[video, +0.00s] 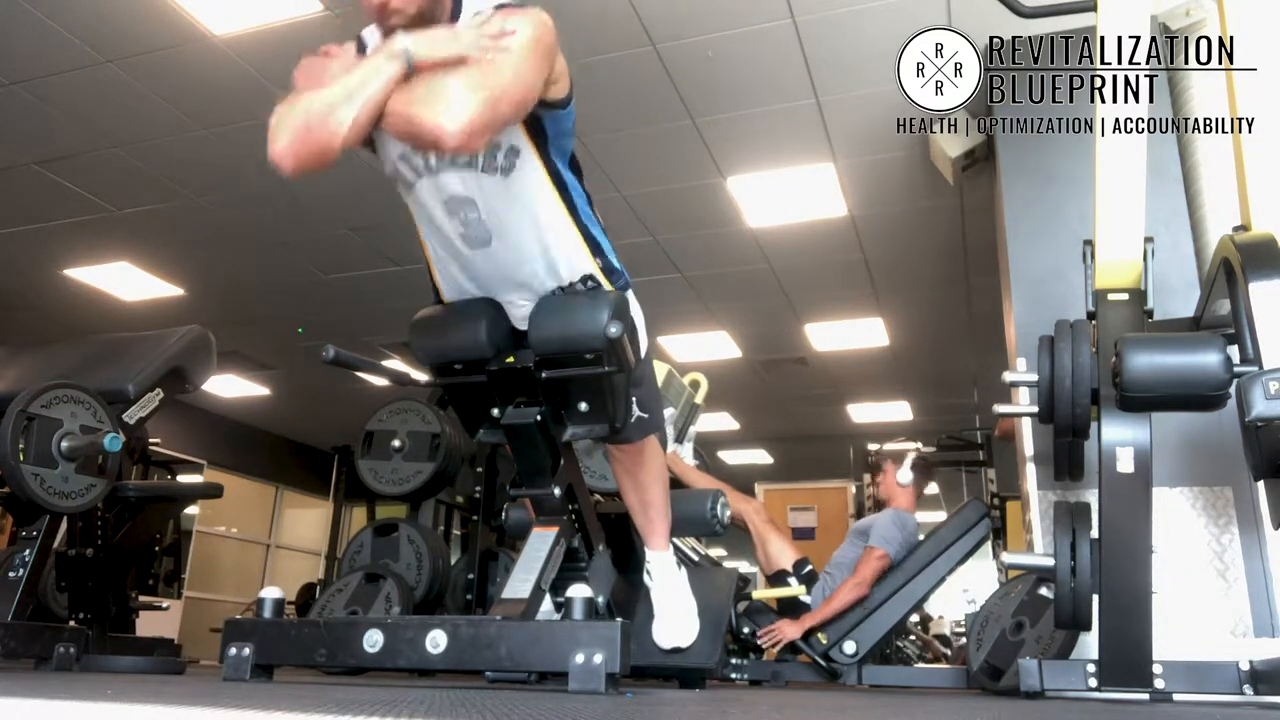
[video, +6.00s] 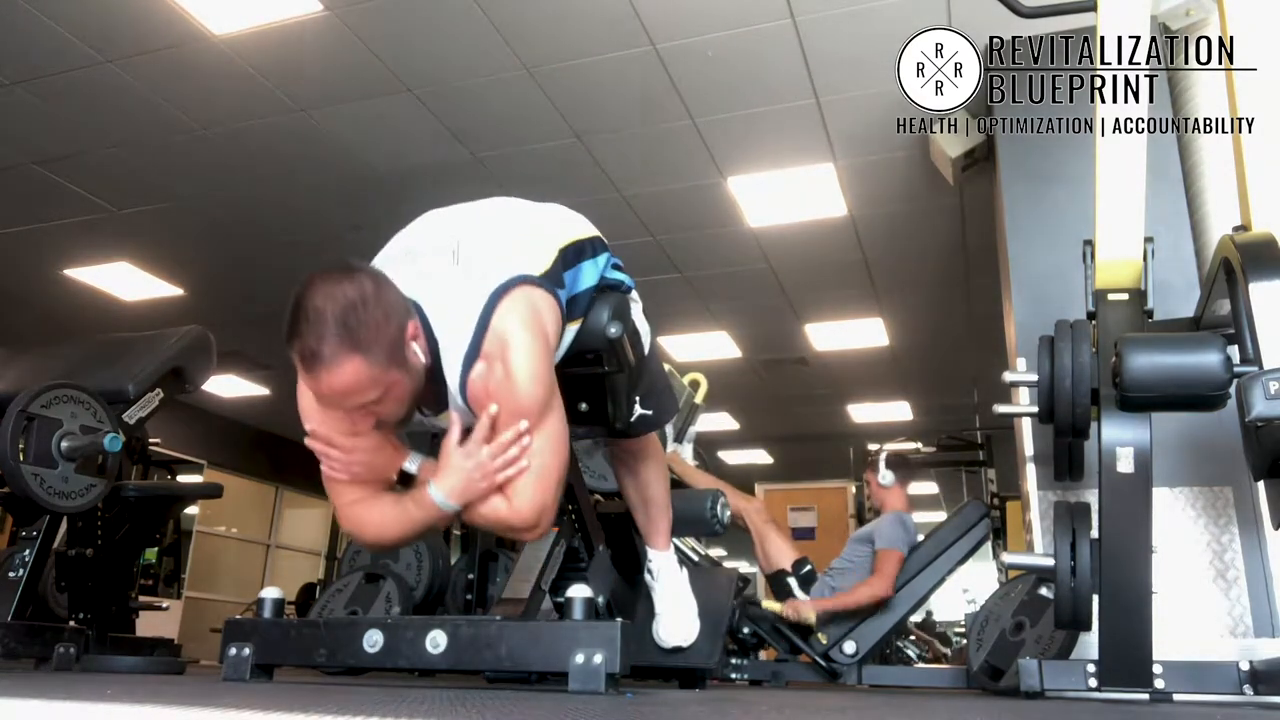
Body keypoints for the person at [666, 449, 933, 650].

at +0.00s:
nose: (880, 478)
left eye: (885, 472)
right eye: (883, 472)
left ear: (902, 478)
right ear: (909, 481)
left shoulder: (893, 522)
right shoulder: (900, 522)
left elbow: (861, 585)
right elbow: (862, 584)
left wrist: (801, 624)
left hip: (810, 604)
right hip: (815, 599)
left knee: (752, 508)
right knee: (754, 512)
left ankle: (670, 460)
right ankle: (680, 467)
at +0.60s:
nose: (918, 479)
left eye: (926, 479)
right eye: (925, 476)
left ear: (930, 496)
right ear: (931, 503)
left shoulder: (898, 526)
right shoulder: (903, 526)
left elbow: (864, 593)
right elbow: (864, 591)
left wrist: (801, 624)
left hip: (812, 604)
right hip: (817, 600)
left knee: (794, 499)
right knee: (793, 500)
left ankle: (699, 474)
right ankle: (711, 476)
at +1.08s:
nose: (919, 479)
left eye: (928, 479)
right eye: (927, 477)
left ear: (932, 498)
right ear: (935, 504)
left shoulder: (896, 528)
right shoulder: (905, 527)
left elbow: (865, 593)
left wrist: (801, 624)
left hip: (816, 606)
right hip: (822, 601)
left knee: (828, 499)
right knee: (828, 504)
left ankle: (725, 498)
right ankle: (735, 509)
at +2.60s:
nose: (917, 480)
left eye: (926, 480)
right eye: (925, 478)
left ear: (931, 500)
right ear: (931, 504)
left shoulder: (897, 529)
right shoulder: (903, 529)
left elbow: (864, 595)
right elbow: (866, 593)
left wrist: (804, 623)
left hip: (811, 601)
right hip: (814, 597)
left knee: (783, 497)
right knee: (785, 505)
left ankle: (691, 469)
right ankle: (705, 481)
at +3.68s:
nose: (916, 481)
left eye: (926, 480)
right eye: (924, 478)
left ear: (931, 497)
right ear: (934, 503)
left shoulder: (896, 528)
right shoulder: (905, 528)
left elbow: (865, 595)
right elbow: (865, 594)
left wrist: (802, 624)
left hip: (818, 606)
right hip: (823, 602)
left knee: (826, 498)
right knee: (825, 504)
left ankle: (725, 497)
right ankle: (733, 510)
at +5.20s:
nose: (889, 479)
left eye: (898, 474)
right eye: (893, 472)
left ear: (917, 488)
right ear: (914, 489)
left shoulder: (895, 528)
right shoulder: (901, 526)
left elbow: (865, 595)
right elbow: (866, 592)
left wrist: (802, 625)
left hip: (812, 602)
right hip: (817, 594)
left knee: (790, 498)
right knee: (787, 501)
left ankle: (698, 471)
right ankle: (712, 481)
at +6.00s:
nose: (868, 492)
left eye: (869, 484)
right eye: (867, 485)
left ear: (882, 480)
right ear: (897, 481)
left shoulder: (893, 523)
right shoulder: (895, 522)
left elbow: (882, 586)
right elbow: (876, 584)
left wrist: (815, 606)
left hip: (813, 599)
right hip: (816, 596)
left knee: (754, 510)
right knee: (757, 513)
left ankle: (671, 458)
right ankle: (684, 464)